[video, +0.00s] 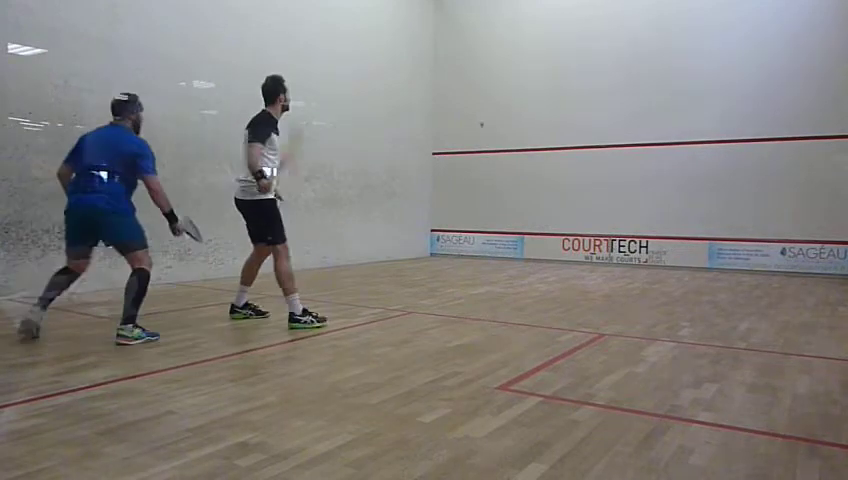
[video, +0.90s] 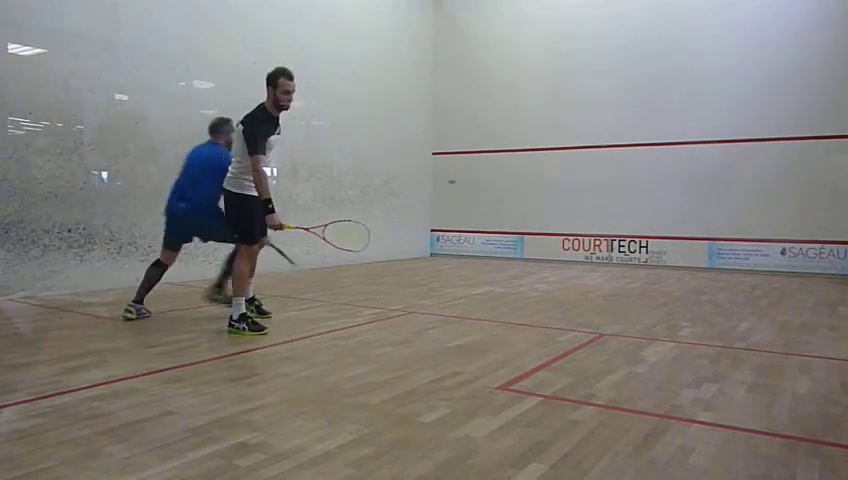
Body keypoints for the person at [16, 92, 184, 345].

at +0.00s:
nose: (142, 120)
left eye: (141, 115)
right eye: (141, 115)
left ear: (114, 116)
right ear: (135, 117)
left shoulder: (89, 137)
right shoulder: (138, 145)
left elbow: (64, 173)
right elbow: (154, 188)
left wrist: (79, 202)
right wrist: (172, 219)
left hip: (78, 209)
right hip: (114, 210)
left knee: (75, 266)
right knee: (141, 265)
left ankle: (38, 310)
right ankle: (128, 327)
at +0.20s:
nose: (159, 120)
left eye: (159, 114)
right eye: (157, 115)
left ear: (133, 114)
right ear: (146, 115)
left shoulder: (104, 135)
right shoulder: (150, 146)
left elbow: (77, 167)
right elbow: (162, 189)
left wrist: (76, 206)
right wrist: (176, 222)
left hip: (90, 206)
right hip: (124, 210)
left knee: (104, 250)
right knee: (141, 265)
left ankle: (74, 303)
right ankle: (128, 326)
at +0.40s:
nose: (168, 122)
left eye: (168, 116)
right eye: (166, 117)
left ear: (143, 116)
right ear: (155, 117)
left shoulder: (117, 137)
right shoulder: (156, 146)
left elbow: (93, 170)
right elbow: (166, 188)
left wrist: (94, 208)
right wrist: (179, 221)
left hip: (103, 205)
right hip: (134, 208)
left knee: (110, 252)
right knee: (157, 257)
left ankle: (85, 305)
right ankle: (129, 308)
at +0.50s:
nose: (177, 122)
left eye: (177, 117)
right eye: (175, 117)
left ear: (154, 117)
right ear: (165, 117)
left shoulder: (131, 136)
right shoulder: (165, 144)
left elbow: (113, 169)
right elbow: (172, 186)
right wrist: (185, 220)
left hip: (110, 202)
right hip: (140, 205)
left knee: (111, 253)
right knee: (170, 254)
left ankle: (85, 306)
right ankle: (137, 306)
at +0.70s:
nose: (202, 116)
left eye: (201, 111)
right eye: (200, 111)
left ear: (178, 111)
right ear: (191, 112)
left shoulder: (156, 130)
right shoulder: (197, 138)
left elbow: (134, 161)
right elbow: (204, 176)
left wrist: (156, 175)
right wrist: (215, 207)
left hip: (144, 199)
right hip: (173, 202)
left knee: (145, 246)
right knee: (177, 257)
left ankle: (115, 294)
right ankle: (139, 303)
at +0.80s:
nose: (215, 125)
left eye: (215, 120)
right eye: (213, 120)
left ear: (192, 120)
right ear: (205, 121)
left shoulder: (169, 142)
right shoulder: (212, 146)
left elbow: (155, 175)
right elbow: (220, 185)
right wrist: (234, 213)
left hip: (159, 202)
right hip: (188, 204)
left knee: (162, 245)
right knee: (210, 251)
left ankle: (136, 296)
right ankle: (165, 286)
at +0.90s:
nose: (233, 140)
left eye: (233, 136)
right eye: (232, 136)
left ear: (211, 135)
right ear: (227, 136)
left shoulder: (196, 151)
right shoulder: (227, 158)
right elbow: (236, 193)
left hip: (175, 212)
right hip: (203, 215)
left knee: (166, 258)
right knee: (245, 239)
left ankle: (136, 303)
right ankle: (219, 288)